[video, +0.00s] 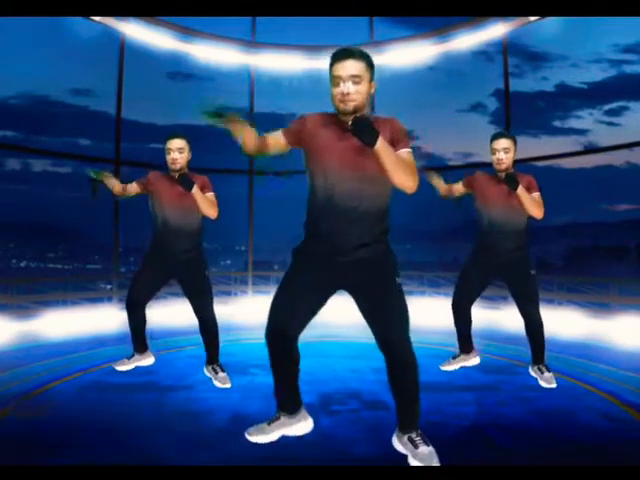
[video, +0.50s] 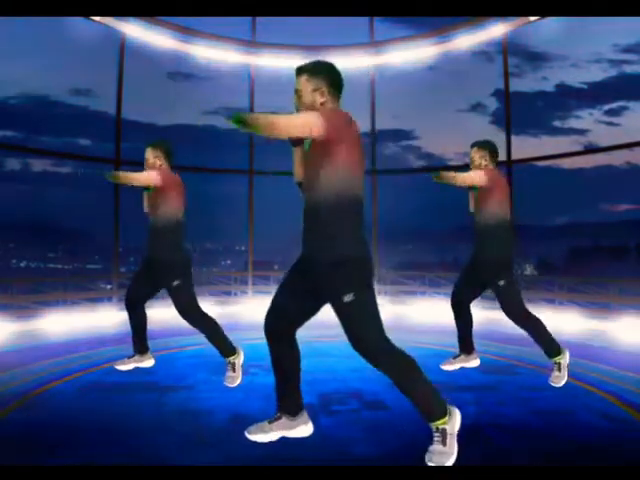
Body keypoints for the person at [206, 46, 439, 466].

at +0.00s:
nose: (345, 89)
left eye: (355, 80)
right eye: (338, 81)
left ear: (371, 85)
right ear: (330, 86)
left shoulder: (389, 130)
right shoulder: (310, 126)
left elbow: (409, 182)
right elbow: (260, 145)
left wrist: (374, 141)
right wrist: (237, 125)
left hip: (370, 258)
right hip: (317, 256)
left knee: (398, 347)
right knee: (280, 331)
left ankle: (409, 433)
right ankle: (291, 413)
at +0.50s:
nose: (296, 99)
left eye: (300, 92)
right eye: (296, 94)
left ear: (321, 92)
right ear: (324, 94)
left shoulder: (333, 119)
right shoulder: (328, 131)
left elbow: (274, 126)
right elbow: (304, 180)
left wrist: (242, 119)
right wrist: (298, 140)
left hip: (343, 259)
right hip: (319, 258)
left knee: (373, 345)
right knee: (277, 326)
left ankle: (443, 419)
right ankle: (291, 415)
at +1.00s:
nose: (318, 97)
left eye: (325, 89)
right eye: (314, 90)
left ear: (350, 89)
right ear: (313, 93)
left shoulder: (381, 129)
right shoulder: (312, 140)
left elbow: (400, 180)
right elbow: (286, 186)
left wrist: (358, 140)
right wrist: (277, 145)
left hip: (372, 259)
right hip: (321, 260)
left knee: (400, 345)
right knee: (287, 330)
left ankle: (408, 423)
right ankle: (293, 415)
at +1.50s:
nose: (333, 81)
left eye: (341, 73)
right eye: (326, 74)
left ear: (357, 76)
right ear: (318, 80)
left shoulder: (378, 117)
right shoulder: (305, 127)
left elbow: (400, 161)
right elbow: (272, 164)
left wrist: (361, 120)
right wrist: (269, 122)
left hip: (365, 246)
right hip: (314, 246)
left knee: (392, 336)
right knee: (285, 324)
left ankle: (409, 423)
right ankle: (278, 405)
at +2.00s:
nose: (333, 93)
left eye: (341, 85)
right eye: (330, 87)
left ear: (366, 88)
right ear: (327, 92)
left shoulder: (393, 129)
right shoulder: (322, 139)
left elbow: (410, 179)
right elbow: (297, 181)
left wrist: (369, 136)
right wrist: (289, 149)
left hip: (379, 258)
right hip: (327, 258)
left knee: (402, 347)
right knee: (288, 330)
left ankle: (405, 422)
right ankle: (277, 408)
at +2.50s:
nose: (313, 98)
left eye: (317, 91)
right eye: (313, 92)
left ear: (338, 90)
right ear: (339, 92)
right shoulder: (340, 126)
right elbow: (317, 173)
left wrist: (232, 109)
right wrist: (312, 133)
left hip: (348, 257)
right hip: (322, 255)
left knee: (362, 346)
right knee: (286, 324)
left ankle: (418, 416)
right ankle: (289, 410)